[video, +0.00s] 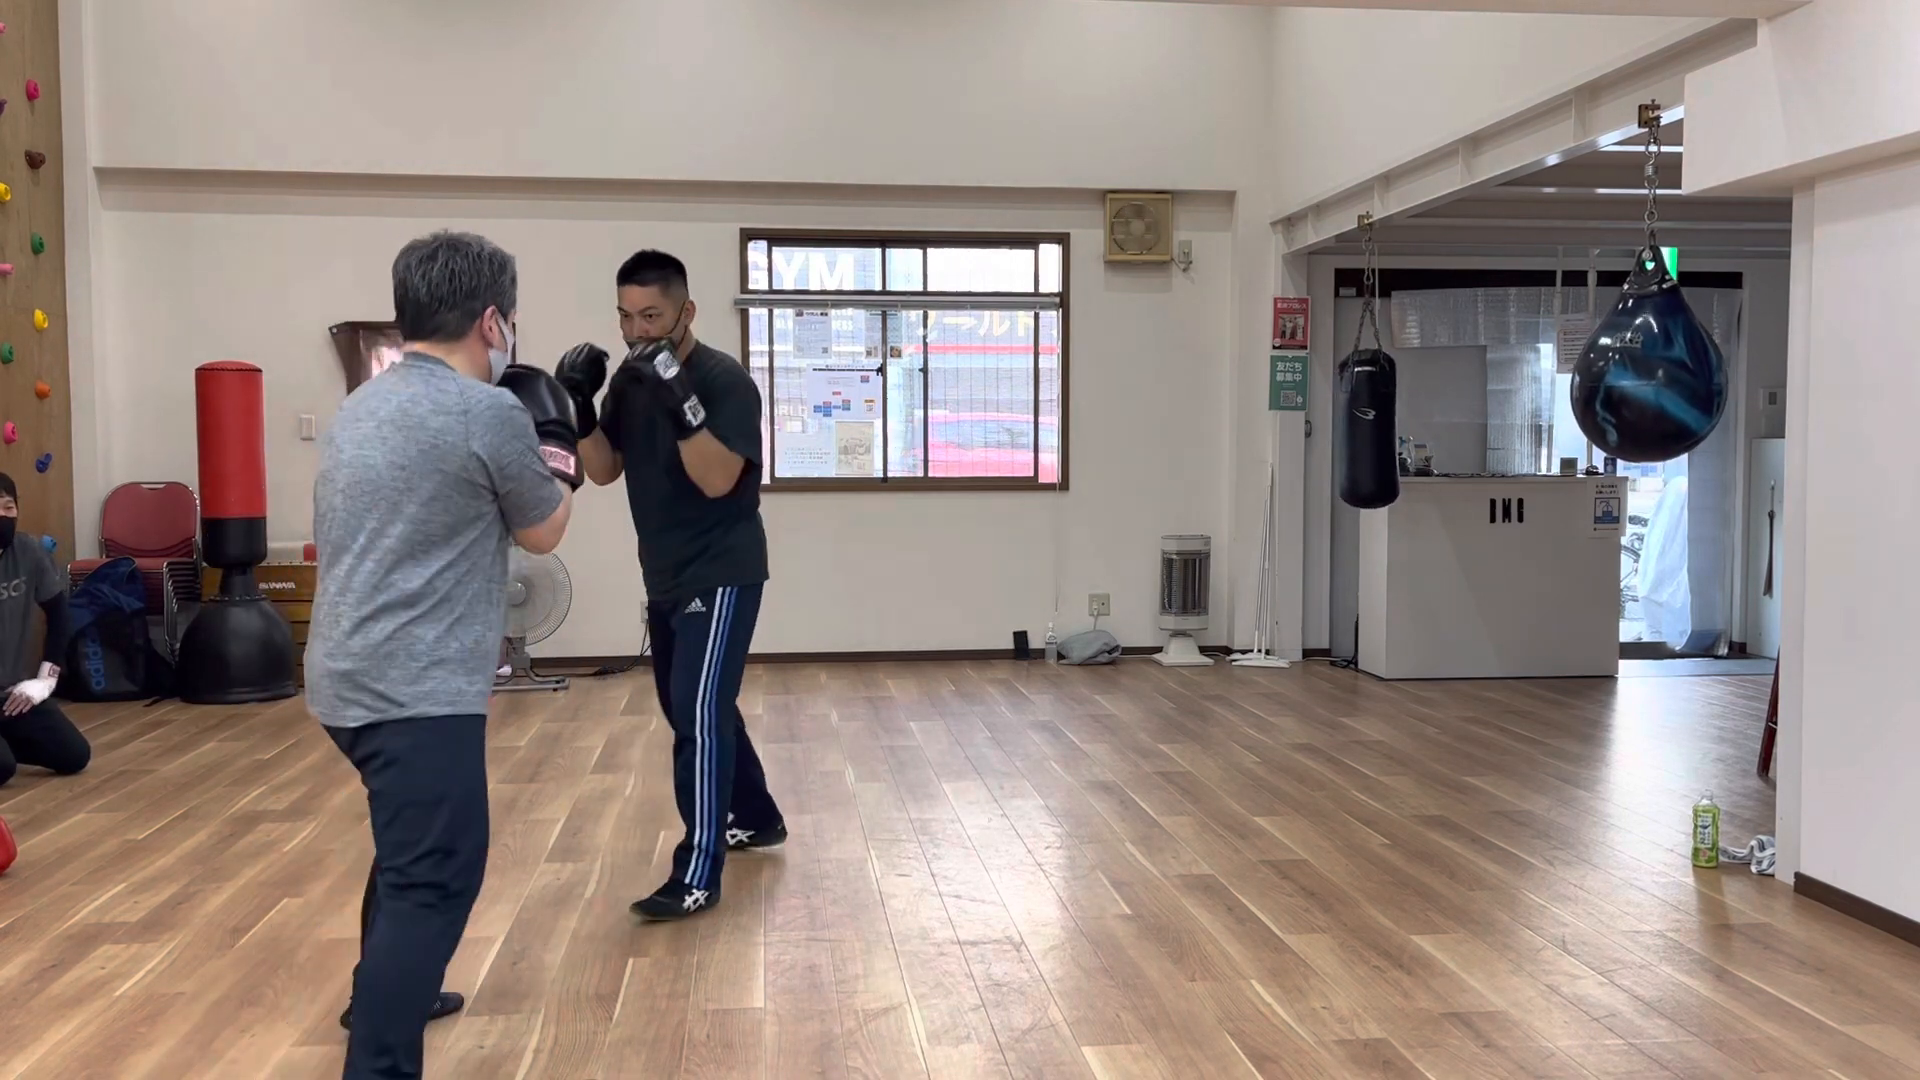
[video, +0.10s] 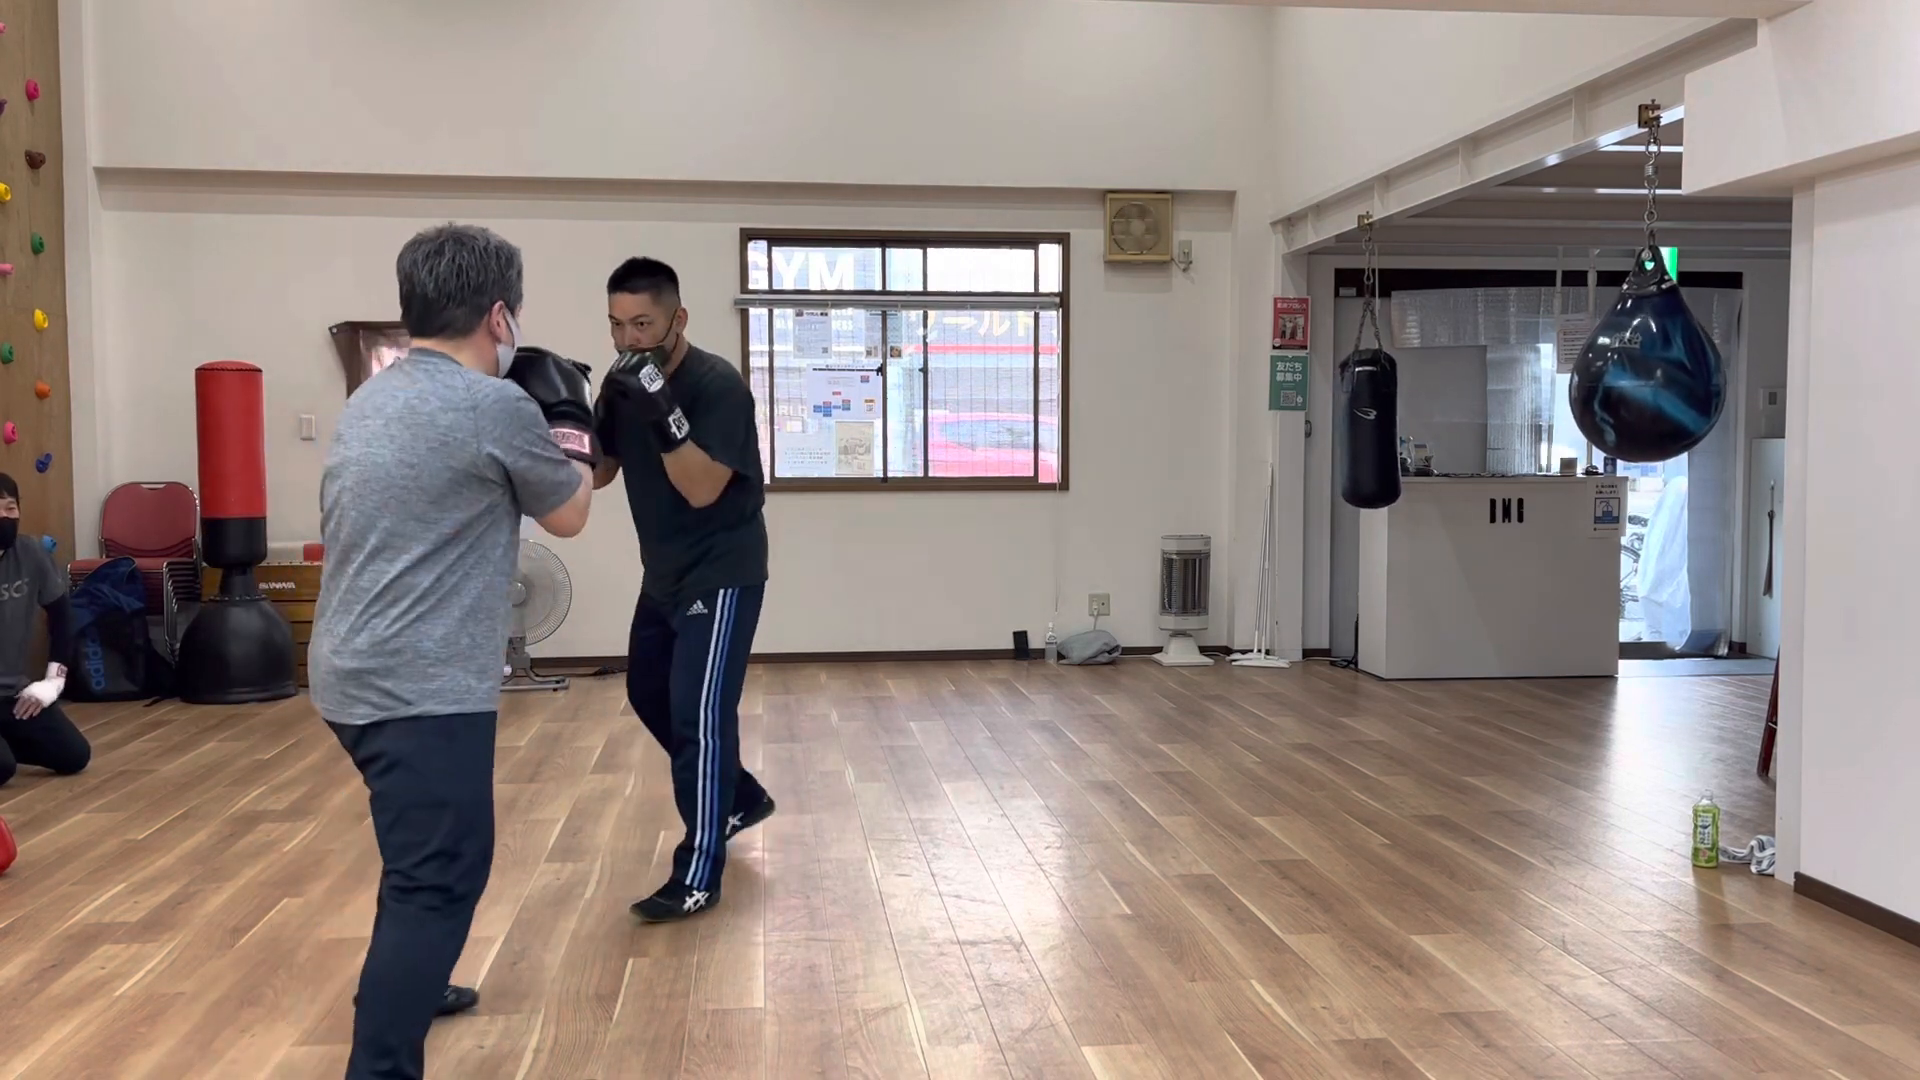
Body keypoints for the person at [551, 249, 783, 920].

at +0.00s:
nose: (637, 329)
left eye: (650, 314)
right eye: (627, 316)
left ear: (686, 312)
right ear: (619, 317)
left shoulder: (725, 382)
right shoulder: (632, 384)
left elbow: (718, 481)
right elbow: (601, 470)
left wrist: (678, 399)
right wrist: (580, 404)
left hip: (723, 571)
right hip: (667, 574)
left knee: (700, 712)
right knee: (690, 704)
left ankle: (696, 879)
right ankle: (756, 815)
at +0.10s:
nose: (627, 337)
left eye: (641, 323)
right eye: (618, 324)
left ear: (679, 318)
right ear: (610, 323)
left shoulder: (718, 385)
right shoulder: (623, 384)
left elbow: (704, 488)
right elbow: (599, 471)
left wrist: (661, 411)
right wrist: (562, 419)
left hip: (723, 573)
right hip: (665, 575)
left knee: (699, 714)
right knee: (650, 696)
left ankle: (697, 878)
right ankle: (739, 795)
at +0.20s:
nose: (617, 335)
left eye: (631, 321)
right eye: (607, 322)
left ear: (668, 316)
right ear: (599, 323)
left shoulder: (710, 379)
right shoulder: (615, 384)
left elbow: (705, 476)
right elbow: (595, 462)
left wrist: (661, 397)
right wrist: (572, 396)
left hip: (721, 571)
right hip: (661, 571)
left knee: (701, 716)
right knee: (645, 694)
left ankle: (700, 878)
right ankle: (695, 805)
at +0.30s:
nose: (610, 334)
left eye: (624, 320)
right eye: (600, 322)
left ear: (661, 315)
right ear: (593, 324)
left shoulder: (702, 373)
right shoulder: (608, 381)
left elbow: (708, 466)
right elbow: (578, 450)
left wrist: (659, 392)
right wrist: (559, 390)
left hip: (718, 572)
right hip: (656, 571)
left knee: (709, 721)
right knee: (648, 698)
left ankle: (701, 880)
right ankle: (674, 812)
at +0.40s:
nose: (607, 338)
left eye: (619, 324)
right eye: (596, 327)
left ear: (654, 318)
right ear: (587, 328)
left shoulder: (694, 374)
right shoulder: (601, 388)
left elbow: (715, 464)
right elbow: (578, 473)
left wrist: (656, 393)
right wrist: (555, 397)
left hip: (708, 571)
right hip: (643, 572)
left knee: (701, 721)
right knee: (636, 704)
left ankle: (700, 879)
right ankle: (670, 813)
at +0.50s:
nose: (605, 345)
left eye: (617, 331)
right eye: (594, 334)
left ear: (650, 324)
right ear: (584, 334)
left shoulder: (693, 383)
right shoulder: (593, 391)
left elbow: (712, 476)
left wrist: (668, 398)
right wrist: (553, 397)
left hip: (696, 573)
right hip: (631, 577)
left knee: (680, 717)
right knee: (620, 707)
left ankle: (696, 880)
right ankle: (670, 812)